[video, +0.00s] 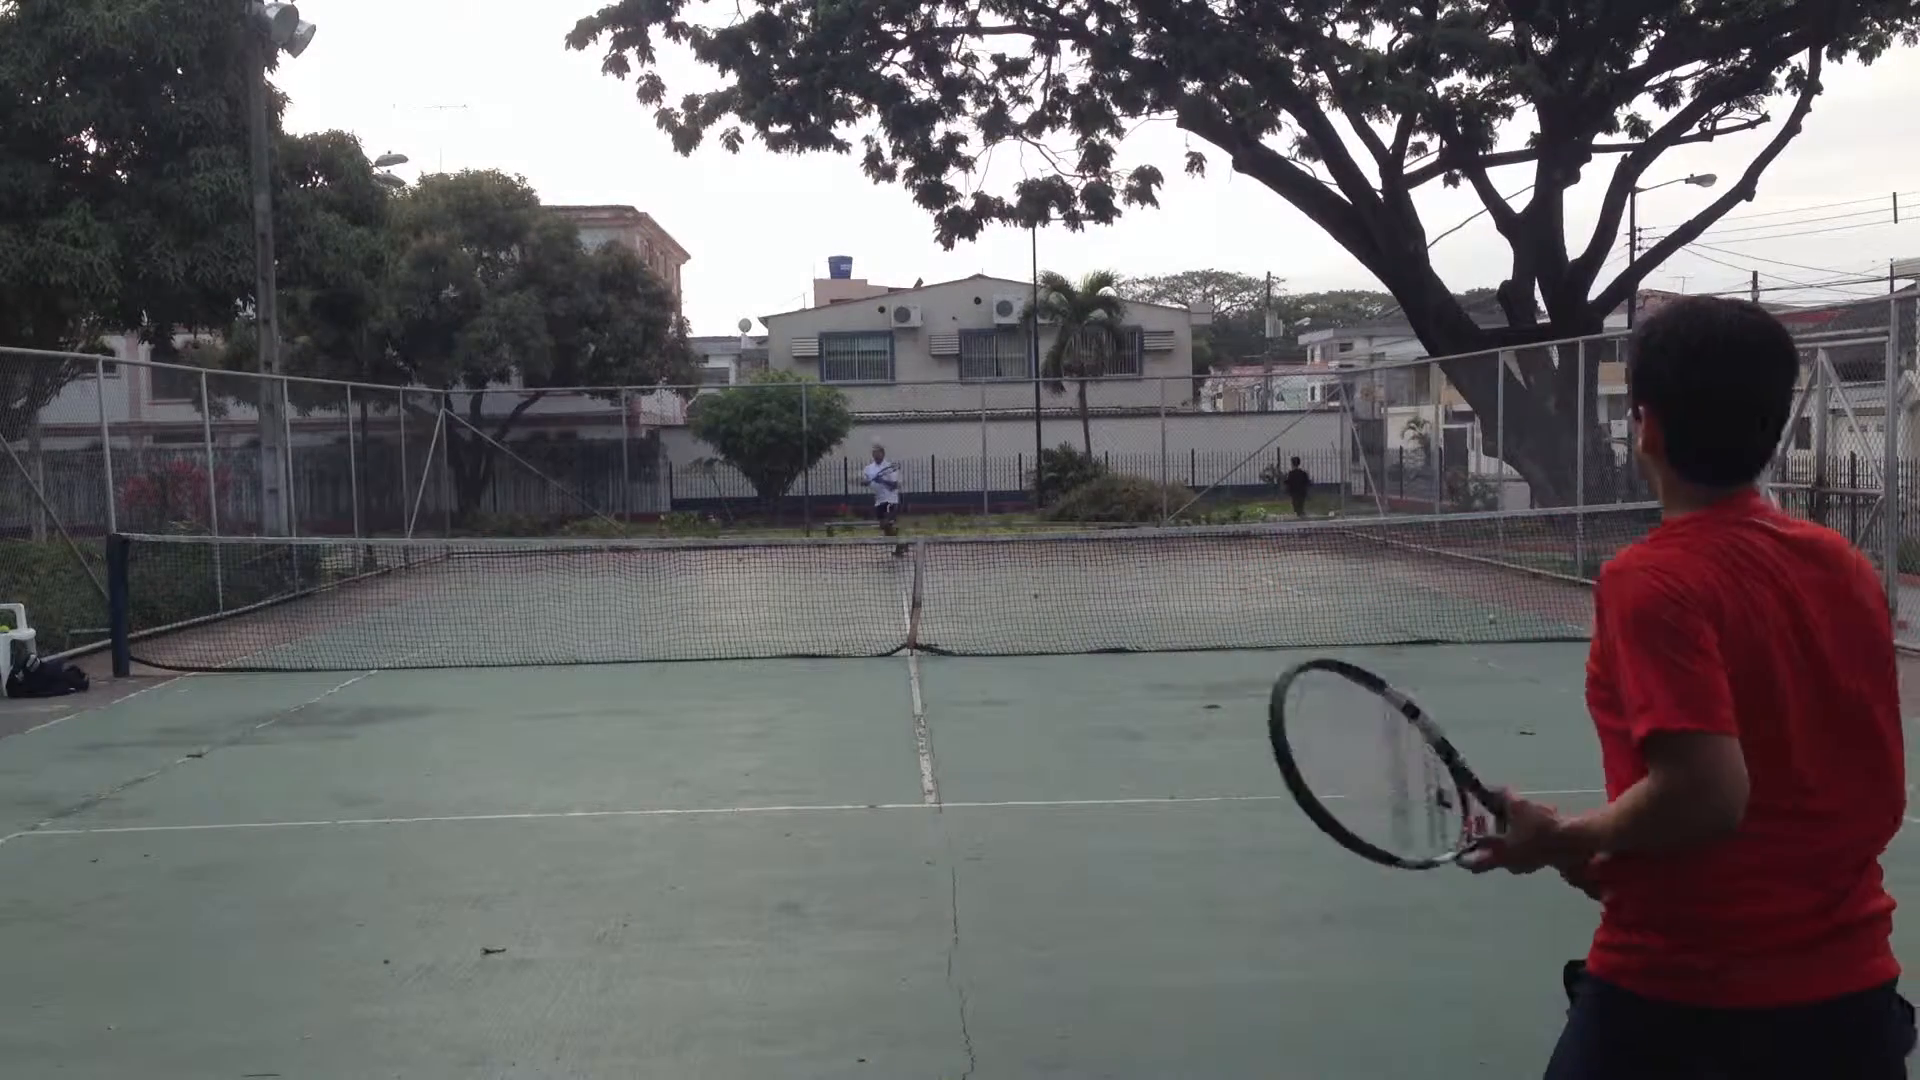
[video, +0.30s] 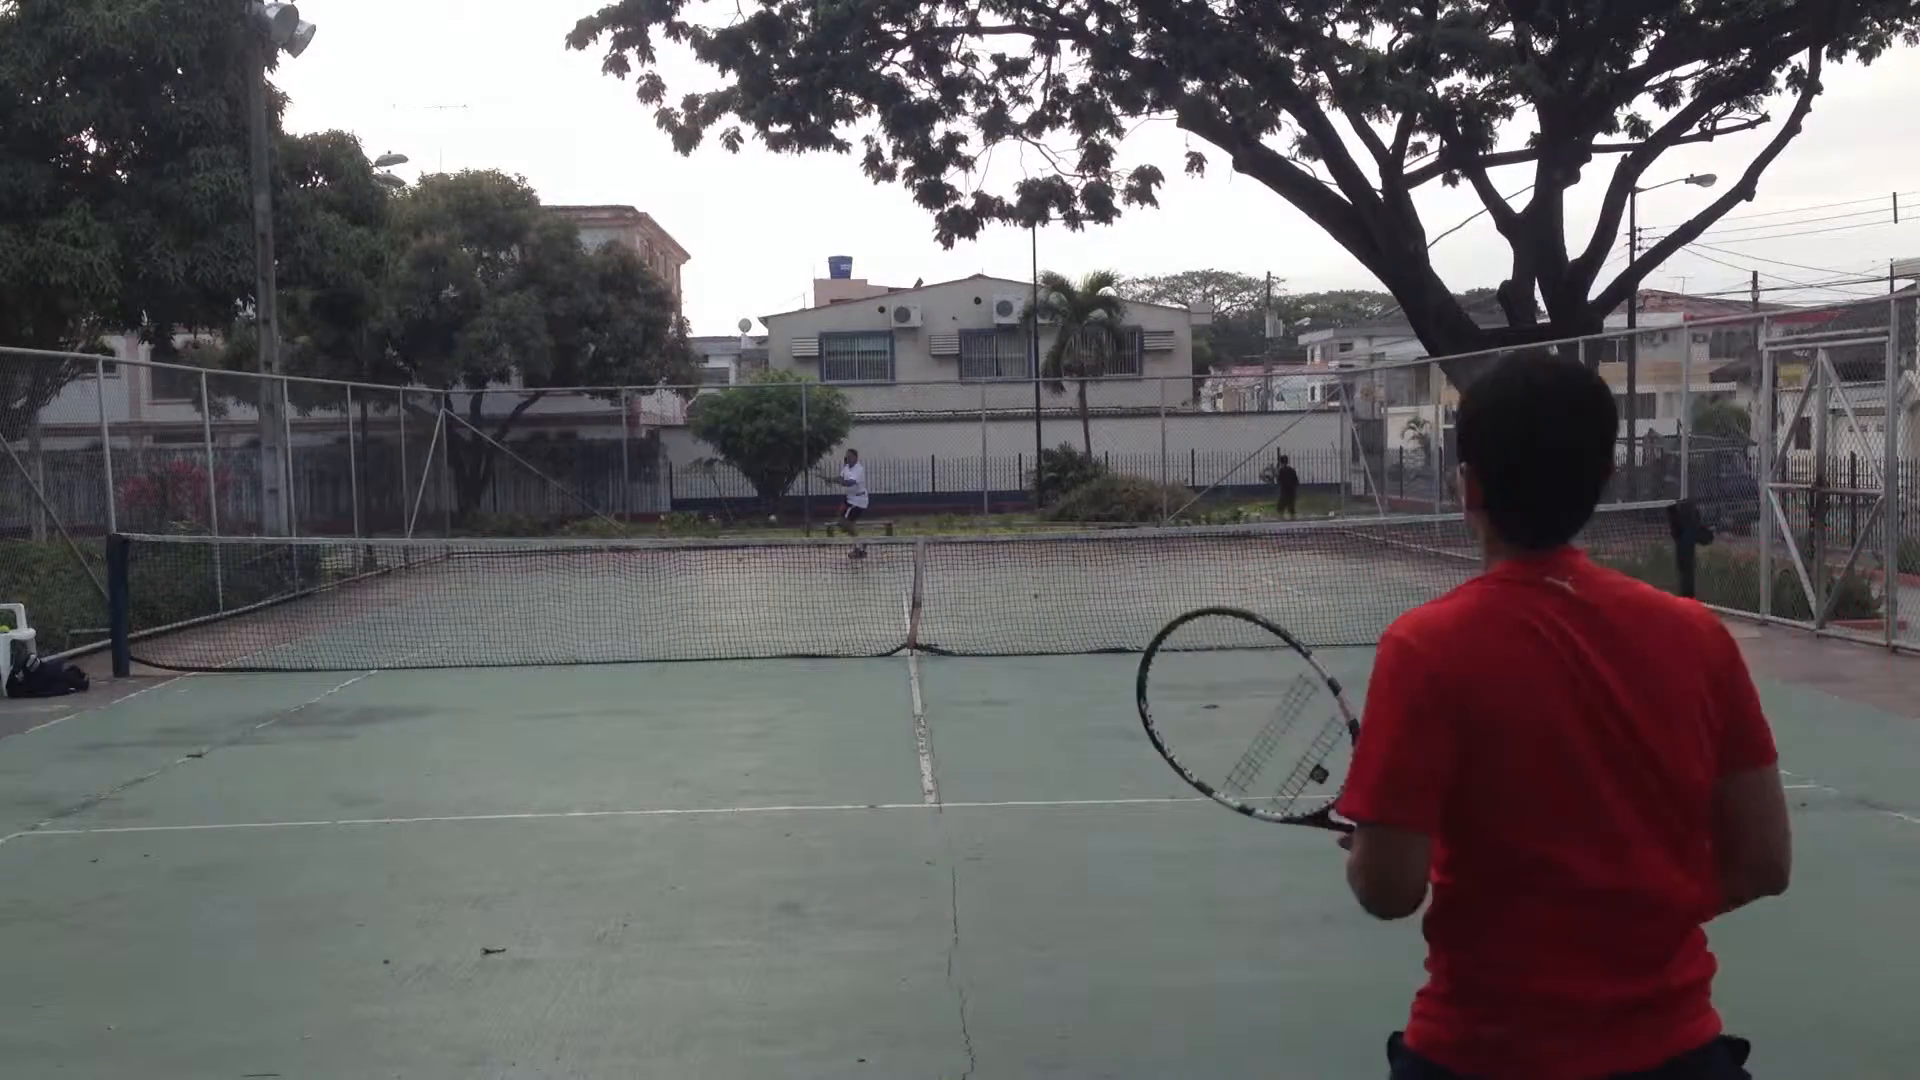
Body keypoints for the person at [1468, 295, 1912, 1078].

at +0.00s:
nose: (1632, 426)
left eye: (1632, 407)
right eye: (1632, 404)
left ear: (1647, 429)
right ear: (1775, 426)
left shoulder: (1651, 577)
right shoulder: (1847, 568)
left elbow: (1705, 793)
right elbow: (1872, 799)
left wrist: (1561, 832)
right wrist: (1628, 854)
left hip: (1672, 1018)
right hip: (1848, 1010)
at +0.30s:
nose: (1457, 480)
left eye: (1459, 463)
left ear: (1469, 487)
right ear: (1602, 478)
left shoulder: (1427, 648)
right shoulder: (1694, 634)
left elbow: (1389, 889)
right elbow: (1760, 860)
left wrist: (1368, 829)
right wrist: (1633, 898)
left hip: (1480, 1054)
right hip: (1674, 1047)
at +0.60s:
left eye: (1216, 385)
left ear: (1224, 412)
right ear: (1361, 412)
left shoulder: (1149, 562)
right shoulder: (1429, 569)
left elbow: (1077, 768)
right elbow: (1506, 794)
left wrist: (1174, 786)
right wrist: (1381, 822)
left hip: (1217, 1006)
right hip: (1401, 995)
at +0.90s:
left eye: (1032, 456)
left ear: (1036, 480)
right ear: (1172, 475)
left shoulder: (977, 628)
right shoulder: (1249, 629)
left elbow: (938, 860)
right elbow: (1325, 851)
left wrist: (1037, 867)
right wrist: (1201, 890)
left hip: (1012, 1051)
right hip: (1202, 1046)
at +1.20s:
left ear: (911, 535)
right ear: (1042, 539)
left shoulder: (831, 678)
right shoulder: (1105, 679)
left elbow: (726, 864)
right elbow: (1199, 884)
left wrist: (849, 912)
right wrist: (1087, 946)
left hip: (884, 1050)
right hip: (1067, 1051)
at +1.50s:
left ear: (1157, 608)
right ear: (1285, 614)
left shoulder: (1104, 736)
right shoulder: (1287, 737)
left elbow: (1074, 915)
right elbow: (1292, 896)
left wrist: (1258, 997)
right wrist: (1366, 1023)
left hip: (1065, 1059)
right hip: (1218, 1066)